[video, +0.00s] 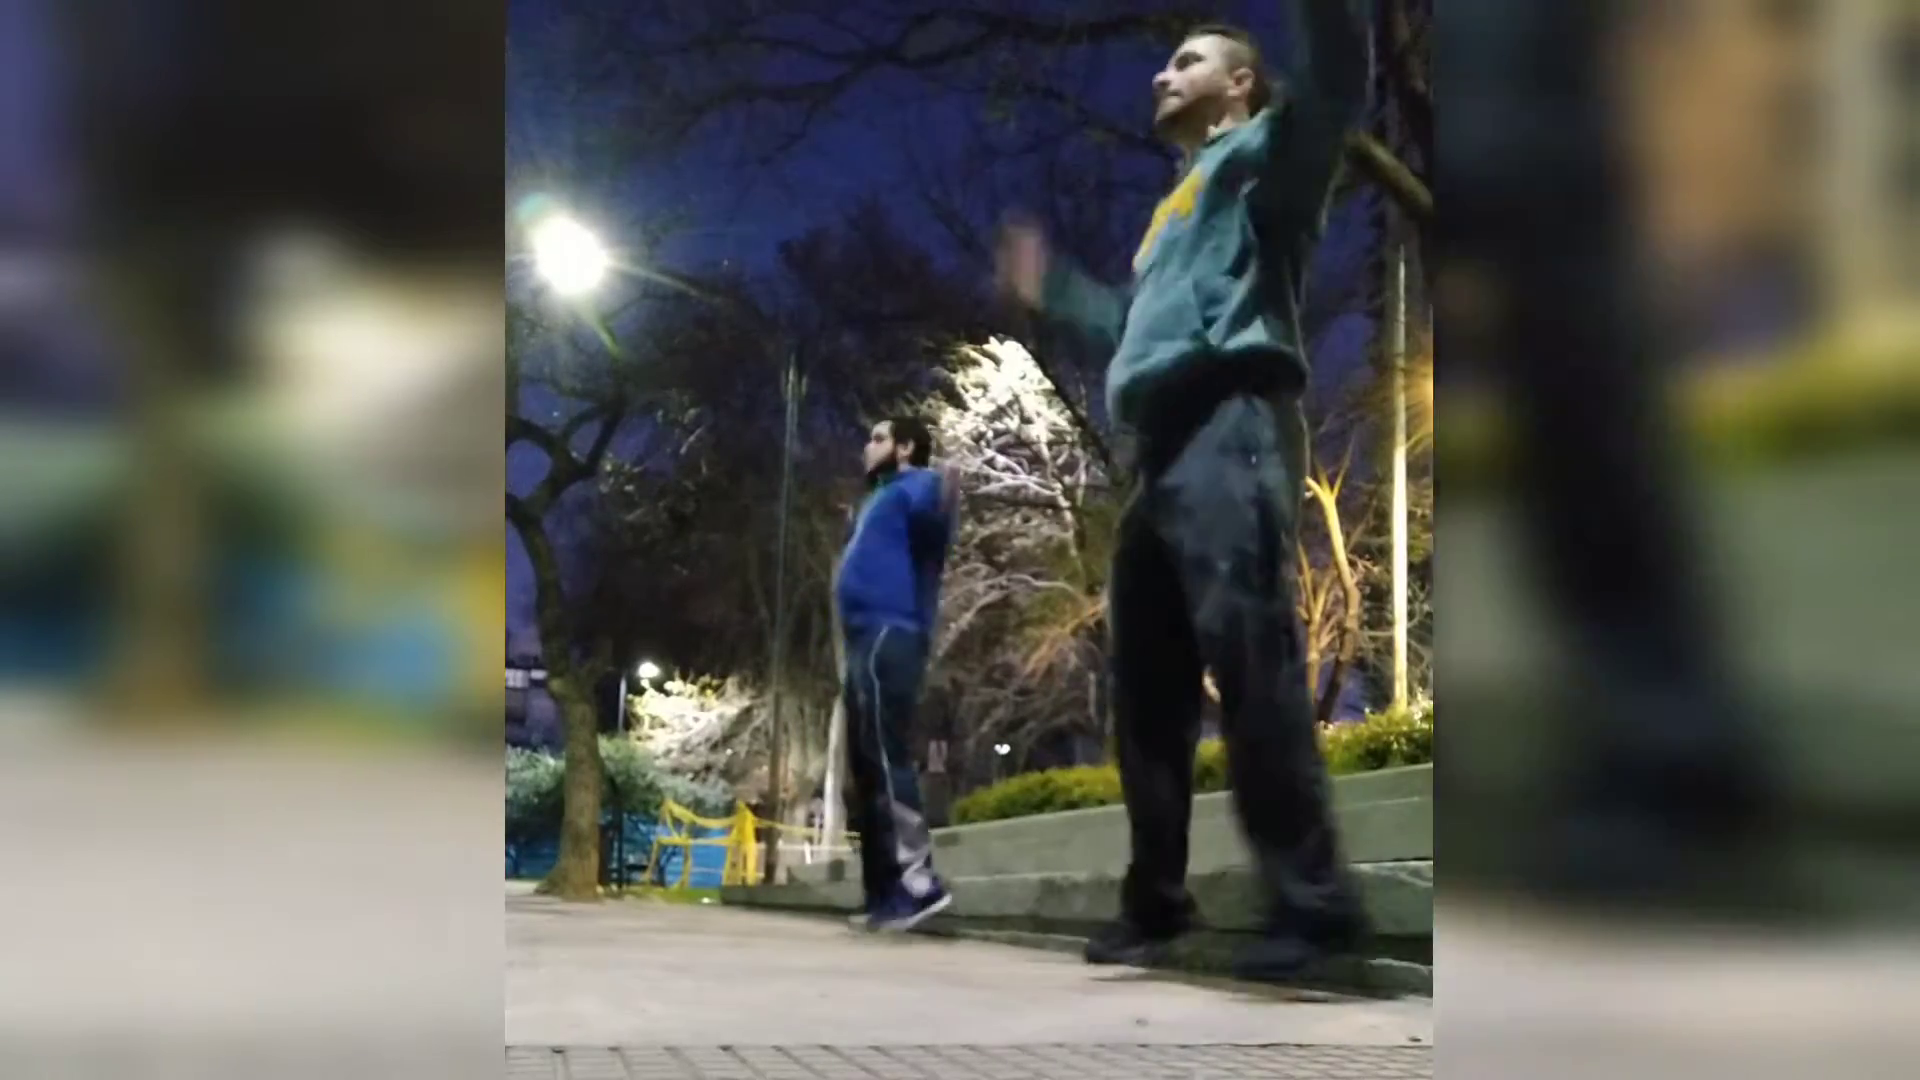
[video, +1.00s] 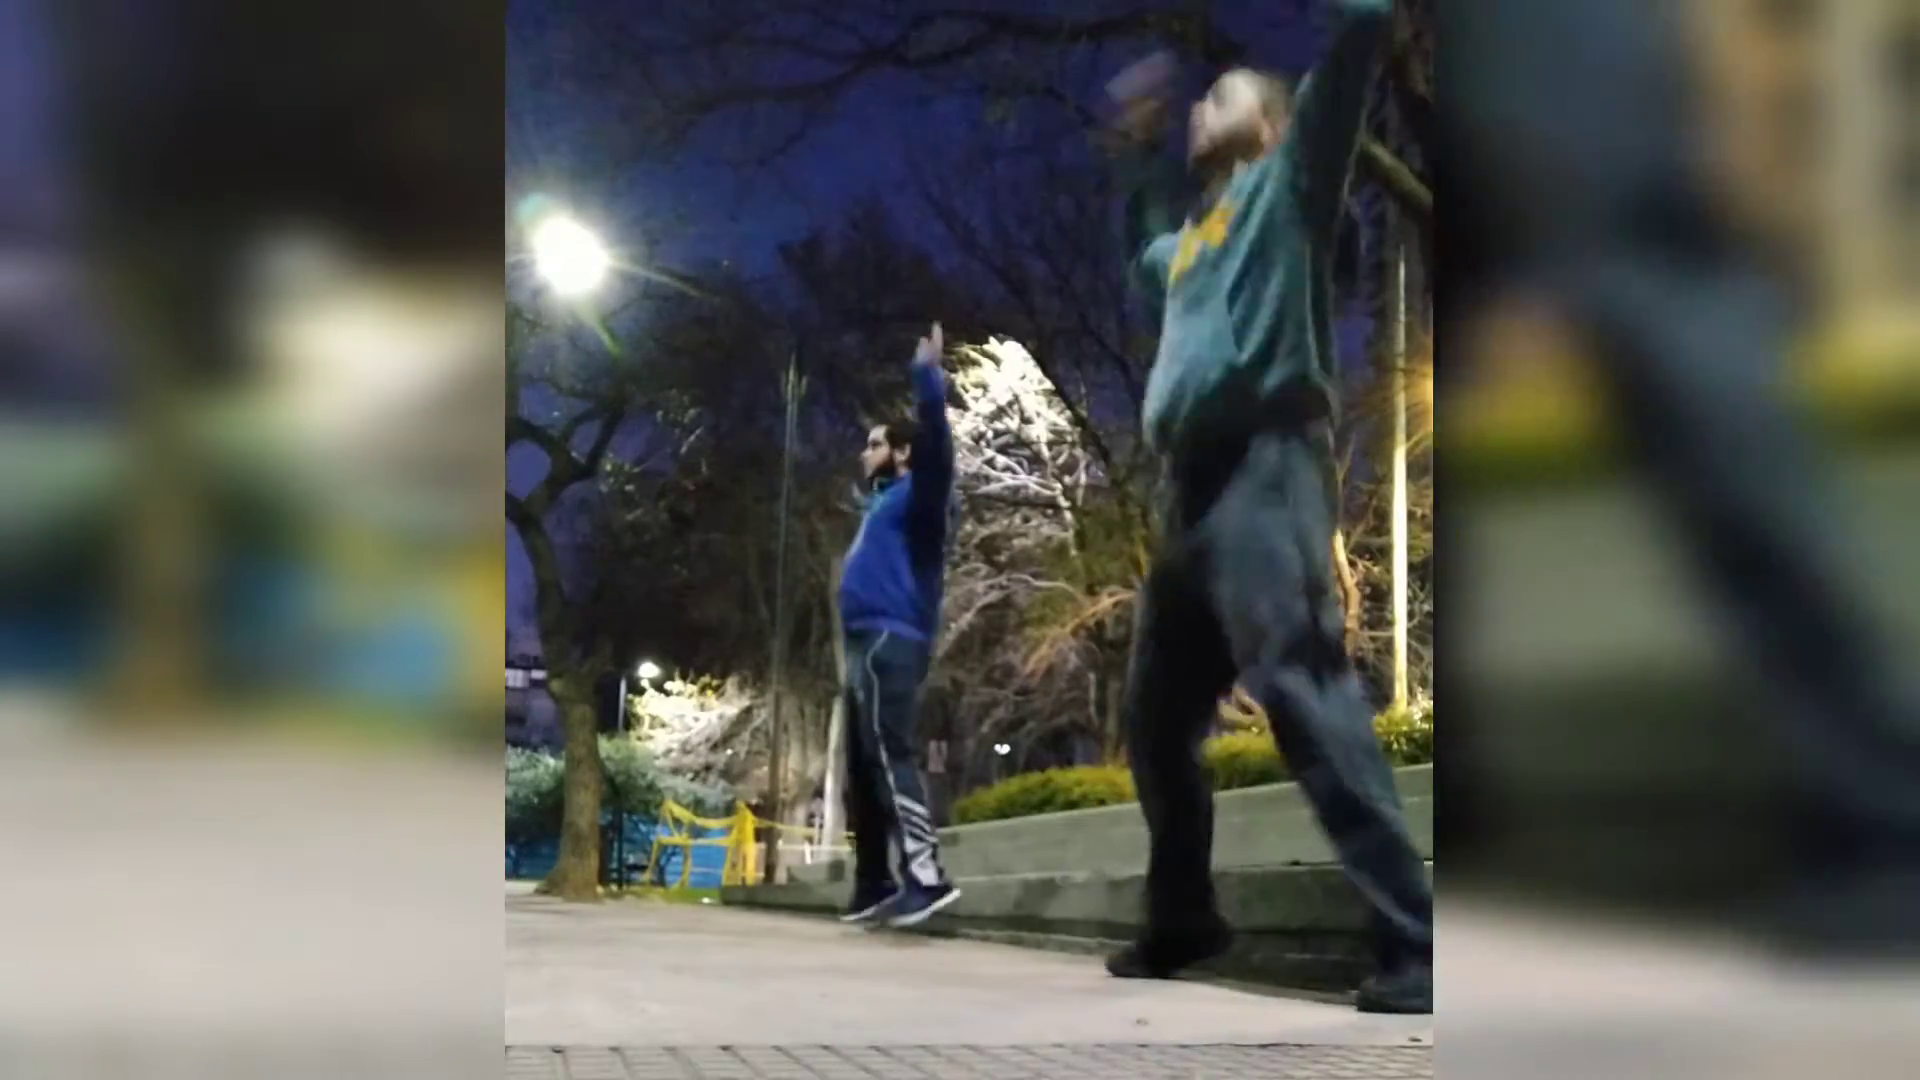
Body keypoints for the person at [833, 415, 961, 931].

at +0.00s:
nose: (867, 447)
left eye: (877, 438)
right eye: (869, 438)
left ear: (905, 449)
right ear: (893, 451)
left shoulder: (915, 484)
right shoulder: (878, 499)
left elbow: (925, 506)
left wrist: (940, 485)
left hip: (892, 626)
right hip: (863, 630)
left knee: (883, 755)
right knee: (865, 764)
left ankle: (918, 882)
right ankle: (882, 893)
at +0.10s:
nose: (868, 443)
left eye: (877, 435)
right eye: (870, 436)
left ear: (906, 447)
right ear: (891, 452)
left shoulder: (918, 490)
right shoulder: (876, 500)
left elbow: (945, 454)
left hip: (893, 624)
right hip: (859, 628)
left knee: (891, 748)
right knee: (863, 759)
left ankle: (929, 874)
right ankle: (877, 879)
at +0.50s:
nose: (863, 453)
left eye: (873, 445)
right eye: (865, 445)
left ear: (901, 451)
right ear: (888, 454)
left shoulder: (919, 488)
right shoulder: (880, 496)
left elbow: (953, 479)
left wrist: (943, 430)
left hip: (895, 629)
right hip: (863, 630)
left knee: (887, 753)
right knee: (860, 761)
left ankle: (922, 881)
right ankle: (880, 886)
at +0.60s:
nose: (862, 452)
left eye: (872, 444)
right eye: (863, 443)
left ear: (900, 450)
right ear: (883, 452)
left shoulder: (918, 484)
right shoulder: (872, 495)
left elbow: (942, 547)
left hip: (897, 627)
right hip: (865, 630)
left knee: (872, 751)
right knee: (860, 755)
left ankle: (911, 883)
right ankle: (888, 886)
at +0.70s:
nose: (857, 482)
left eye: (867, 474)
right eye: (859, 473)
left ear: (894, 480)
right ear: (887, 481)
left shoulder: (912, 524)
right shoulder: (880, 527)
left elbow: (926, 594)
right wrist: (854, 517)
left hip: (893, 670)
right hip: (867, 669)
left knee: (863, 789)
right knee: (847, 791)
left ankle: (909, 909)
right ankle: (890, 907)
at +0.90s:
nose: (862, 454)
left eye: (871, 445)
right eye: (864, 445)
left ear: (899, 450)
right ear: (890, 452)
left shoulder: (918, 489)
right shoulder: (879, 502)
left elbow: (933, 525)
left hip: (894, 634)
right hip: (861, 637)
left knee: (884, 758)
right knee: (863, 769)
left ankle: (911, 886)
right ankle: (879, 895)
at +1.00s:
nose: (869, 452)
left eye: (879, 443)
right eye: (870, 444)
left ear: (906, 452)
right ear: (891, 457)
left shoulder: (920, 497)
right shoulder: (882, 504)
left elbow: (933, 442)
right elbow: (862, 482)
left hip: (895, 633)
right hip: (861, 634)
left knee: (892, 752)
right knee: (863, 763)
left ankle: (925, 878)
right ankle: (875, 883)